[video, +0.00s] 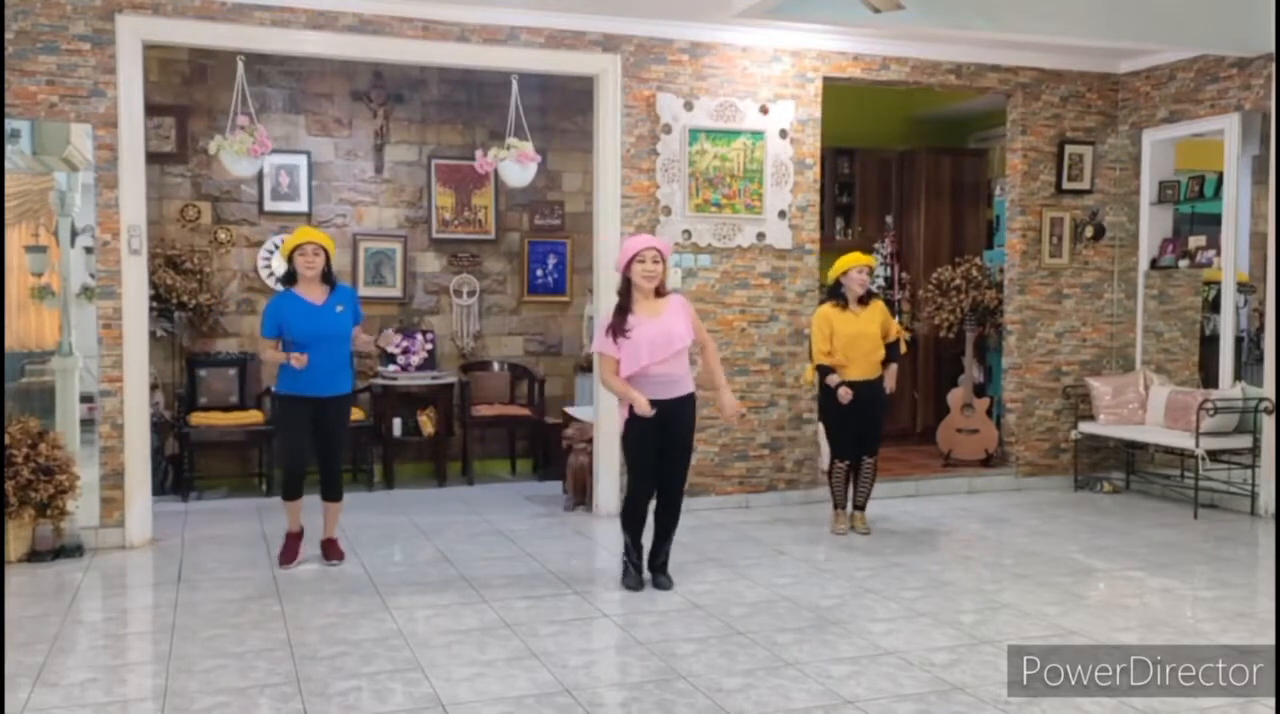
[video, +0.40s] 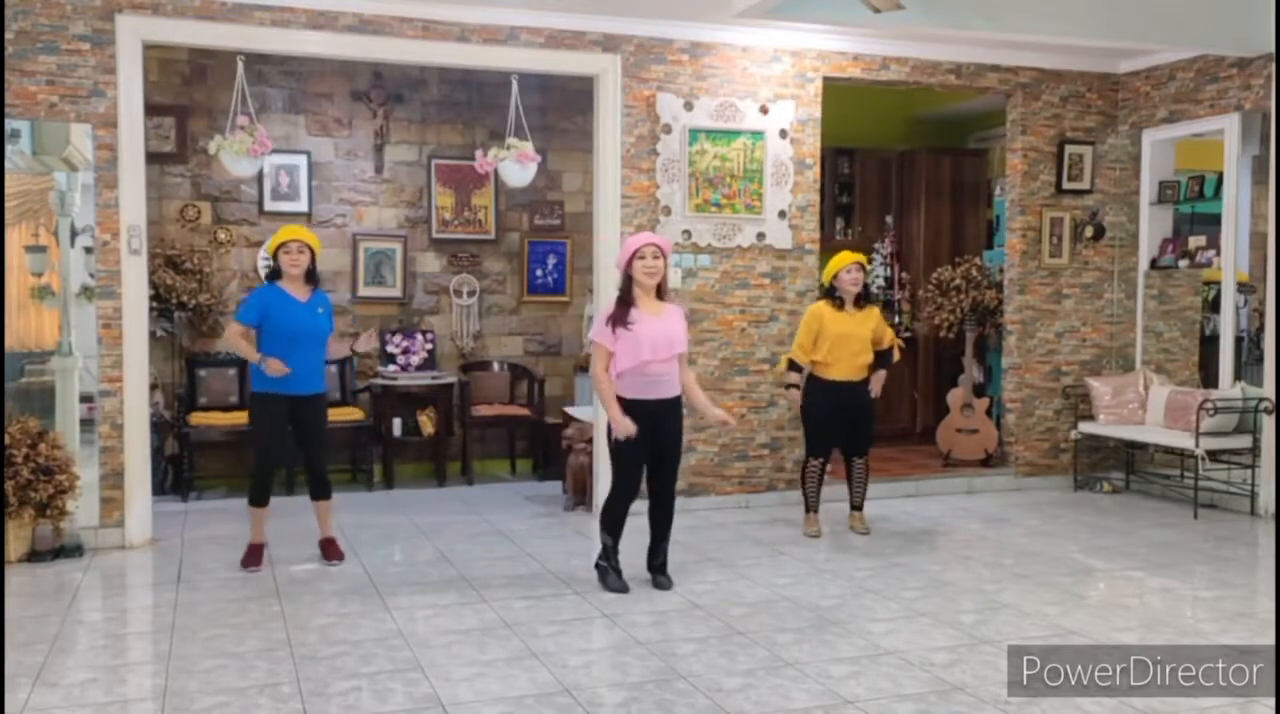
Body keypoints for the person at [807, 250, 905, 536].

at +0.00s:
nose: (865, 279)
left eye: (868, 273)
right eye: (859, 273)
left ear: (870, 278)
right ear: (842, 278)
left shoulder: (877, 308)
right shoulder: (825, 313)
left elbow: (894, 337)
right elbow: (820, 356)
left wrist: (891, 368)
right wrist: (836, 383)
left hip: (871, 387)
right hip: (837, 388)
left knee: (868, 452)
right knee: (841, 453)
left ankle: (859, 512)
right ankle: (839, 511)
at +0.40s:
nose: (856, 276)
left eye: (859, 271)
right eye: (849, 271)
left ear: (864, 278)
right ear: (834, 279)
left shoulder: (871, 314)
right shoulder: (818, 312)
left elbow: (888, 346)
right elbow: (801, 351)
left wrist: (880, 373)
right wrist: (794, 384)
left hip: (857, 391)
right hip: (821, 389)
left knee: (858, 453)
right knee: (818, 453)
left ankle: (857, 512)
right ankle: (811, 514)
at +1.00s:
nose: (831, 278)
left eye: (834, 273)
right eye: (824, 273)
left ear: (841, 279)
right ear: (810, 281)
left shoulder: (854, 309)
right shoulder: (796, 316)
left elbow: (868, 345)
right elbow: (777, 346)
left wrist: (862, 375)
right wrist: (763, 361)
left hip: (837, 392)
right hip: (799, 391)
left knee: (835, 454)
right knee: (803, 453)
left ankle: (828, 512)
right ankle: (809, 514)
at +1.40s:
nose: (828, 278)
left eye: (832, 272)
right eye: (821, 273)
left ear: (838, 279)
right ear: (808, 281)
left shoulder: (851, 310)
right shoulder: (795, 318)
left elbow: (867, 342)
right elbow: (785, 358)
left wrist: (861, 373)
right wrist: (782, 390)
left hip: (840, 392)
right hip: (803, 391)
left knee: (848, 454)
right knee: (805, 454)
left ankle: (847, 510)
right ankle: (809, 514)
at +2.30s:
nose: (857, 275)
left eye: (861, 270)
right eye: (850, 270)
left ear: (865, 276)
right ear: (836, 278)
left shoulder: (876, 309)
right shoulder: (825, 314)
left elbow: (893, 339)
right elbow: (815, 357)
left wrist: (889, 370)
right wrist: (822, 388)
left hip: (869, 387)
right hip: (835, 386)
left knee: (866, 453)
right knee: (836, 453)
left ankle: (858, 512)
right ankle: (833, 512)